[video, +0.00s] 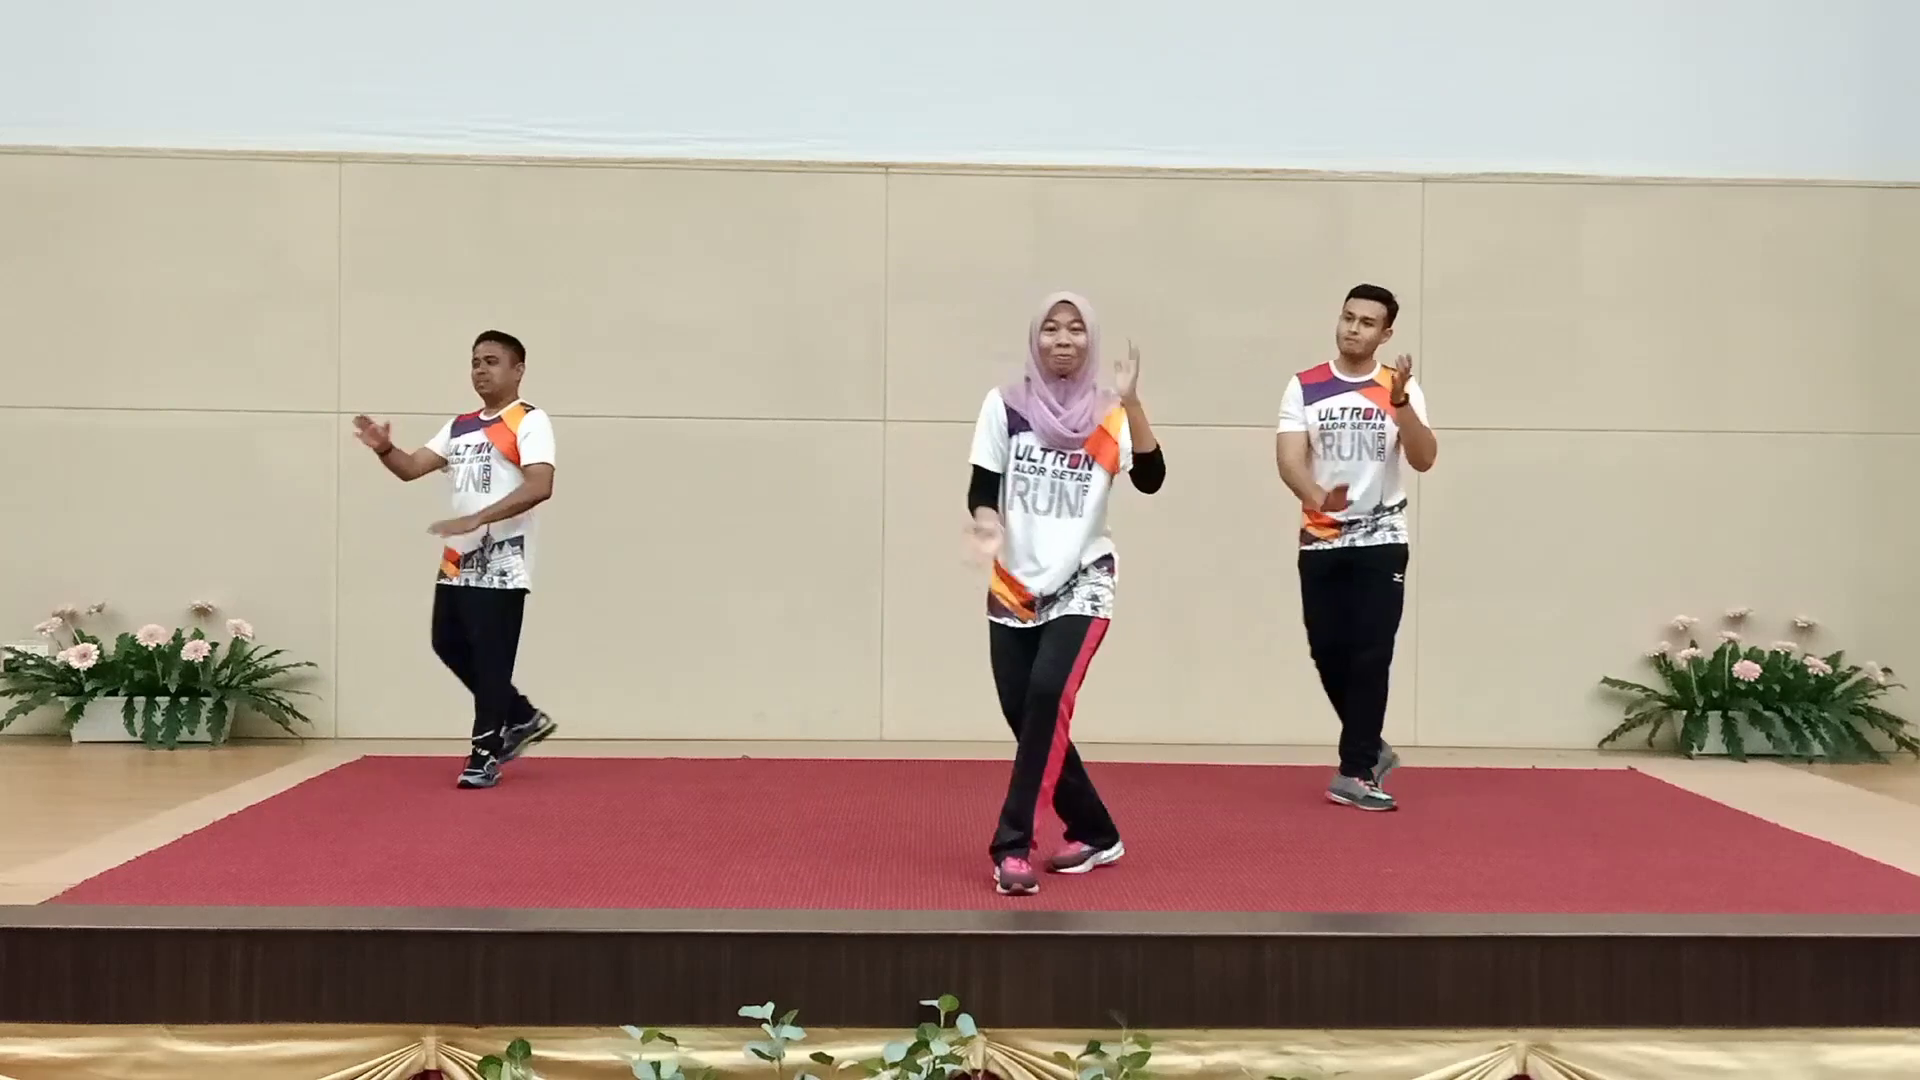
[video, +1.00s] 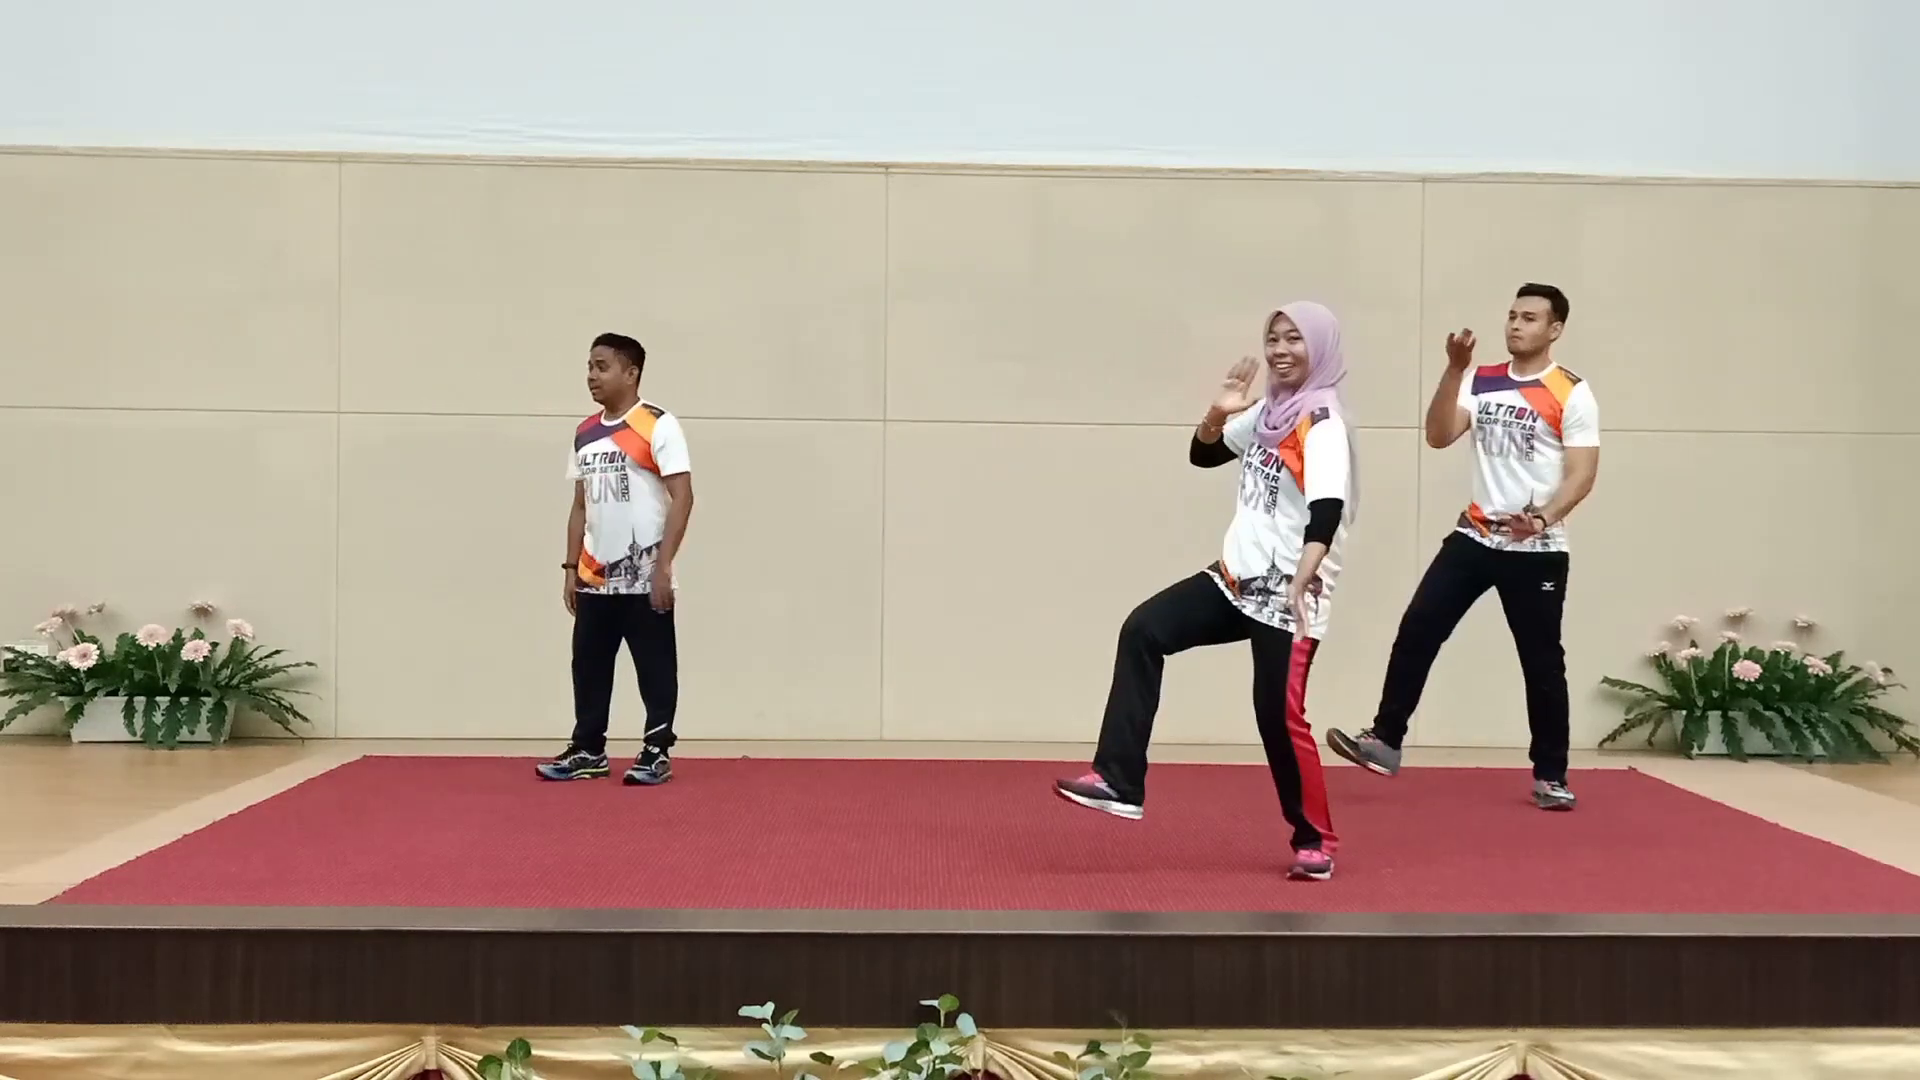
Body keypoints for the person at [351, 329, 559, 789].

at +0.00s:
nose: (480, 370)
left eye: (491, 362)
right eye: (476, 363)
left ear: (517, 370)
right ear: (471, 371)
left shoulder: (530, 421)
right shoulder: (461, 426)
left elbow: (539, 486)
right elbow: (412, 468)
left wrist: (477, 518)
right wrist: (385, 449)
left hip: (500, 568)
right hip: (456, 564)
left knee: (491, 660)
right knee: (448, 644)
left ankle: (485, 755)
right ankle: (520, 717)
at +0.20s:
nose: (509, 377)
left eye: (520, 370)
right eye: (506, 370)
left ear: (548, 378)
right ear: (503, 377)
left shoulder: (558, 427)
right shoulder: (497, 436)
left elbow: (562, 492)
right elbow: (468, 502)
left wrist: (518, 546)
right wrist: (461, 470)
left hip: (541, 565)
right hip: (518, 566)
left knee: (504, 655)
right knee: (548, 657)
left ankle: (489, 755)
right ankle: (584, 750)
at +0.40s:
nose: (532, 372)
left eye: (543, 364)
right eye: (532, 365)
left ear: (572, 372)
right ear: (536, 372)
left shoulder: (589, 419)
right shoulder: (529, 430)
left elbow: (601, 482)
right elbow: (520, 489)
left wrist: (542, 508)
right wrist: (514, 509)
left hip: (581, 553)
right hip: (551, 557)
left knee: (554, 638)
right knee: (554, 642)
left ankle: (583, 742)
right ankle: (574, 739)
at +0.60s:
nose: (552, 375)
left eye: (562, 366)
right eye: (551, 366)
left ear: (592, 374)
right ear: (556, 374)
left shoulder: (615, 424)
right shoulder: (554, 433)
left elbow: (631, 487)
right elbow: (546, 498)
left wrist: (563, 482)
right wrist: (538, 543)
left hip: (602, 568)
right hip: (566, 568)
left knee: (606, 656)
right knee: (573, 661)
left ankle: (646, 743)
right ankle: (585, 751)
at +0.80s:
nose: (575, 376)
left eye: (585, 367)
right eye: (574, 368)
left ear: (615, 374)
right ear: (582, 375)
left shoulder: (642, 425)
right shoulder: (575, 434)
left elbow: (663, 493)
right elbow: (572, 508)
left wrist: (604, 521)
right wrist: (559, 564)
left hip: (637, 578)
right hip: (588, 579)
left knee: (649, 669)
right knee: (582, 666)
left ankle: (656, 754)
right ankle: (587, 751)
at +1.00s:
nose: (590, 375)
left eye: (600, 366)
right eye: (589, 367)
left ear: (631, 372)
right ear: (595, 373)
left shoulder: (660, 426)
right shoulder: (587, 432)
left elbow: (682, 498)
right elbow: (581, 505)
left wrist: (663, 567)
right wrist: (571, 567)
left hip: (646, 578)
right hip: (596, 578)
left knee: (656, 670)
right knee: (589, 668)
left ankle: (656, 753)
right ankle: (588, 751)